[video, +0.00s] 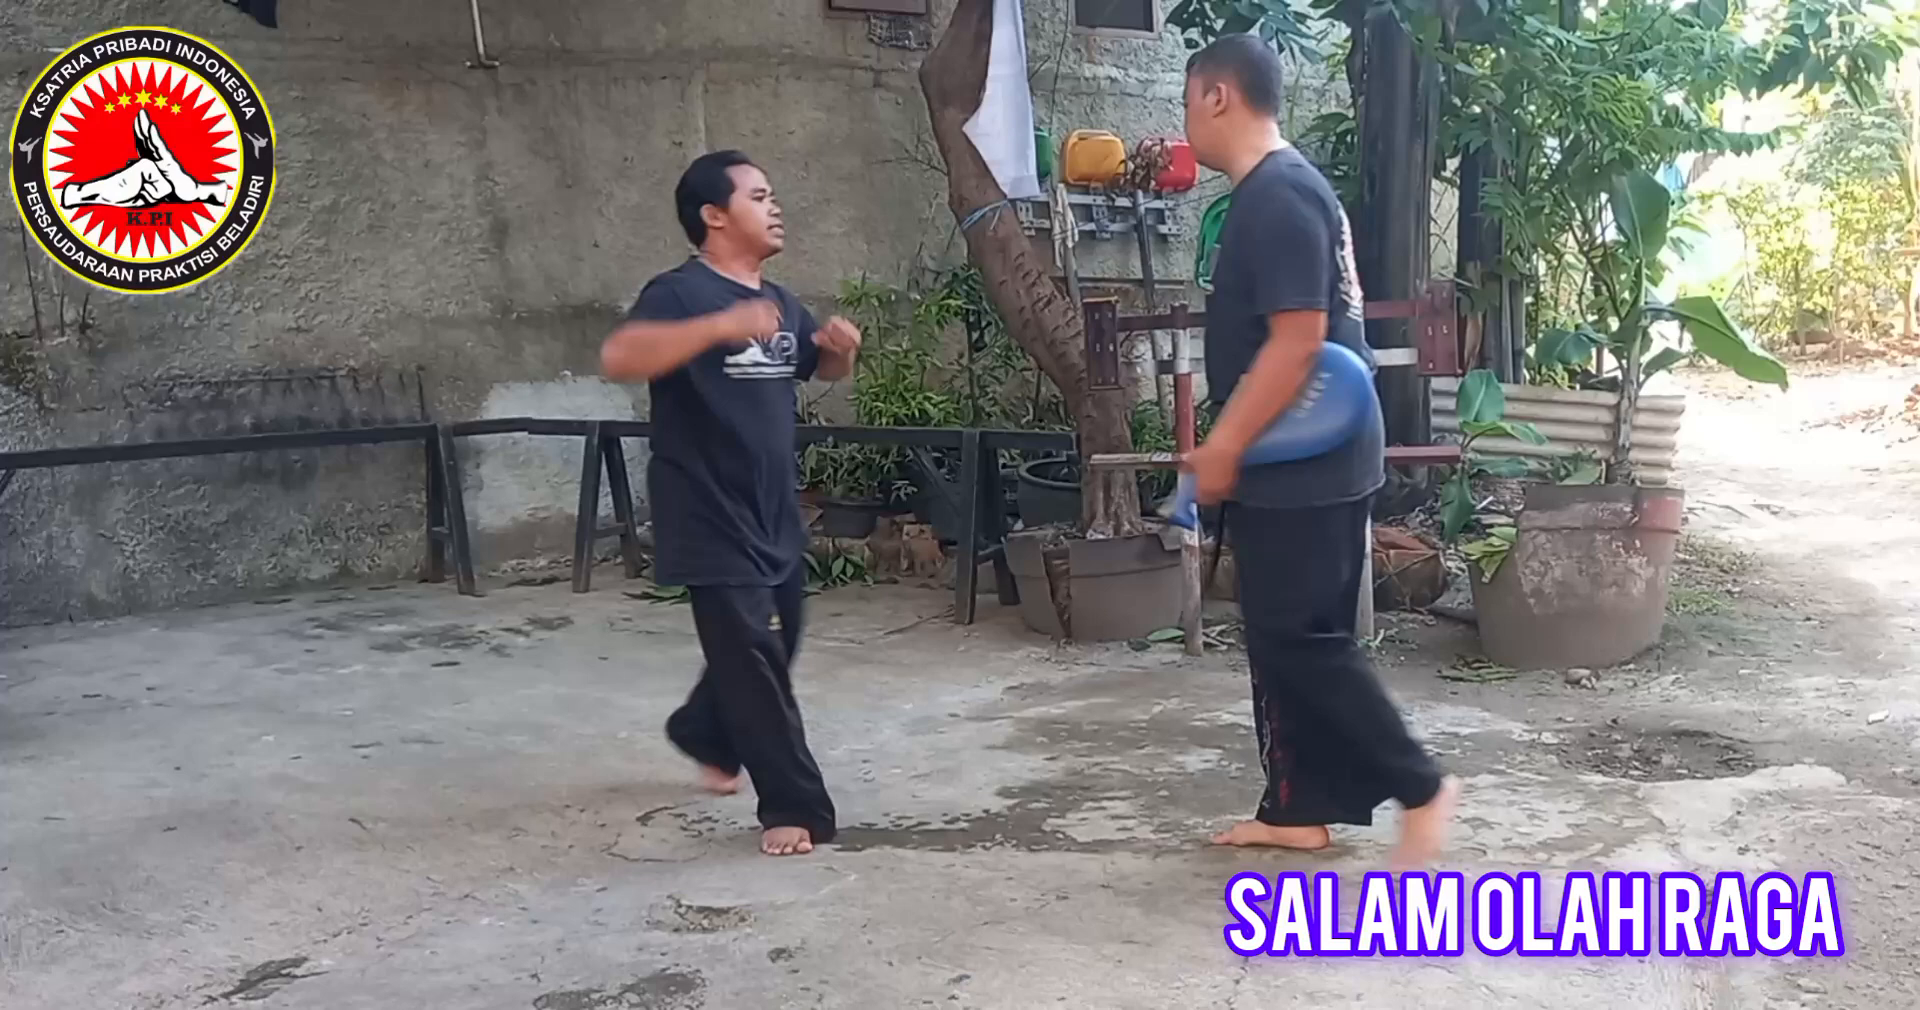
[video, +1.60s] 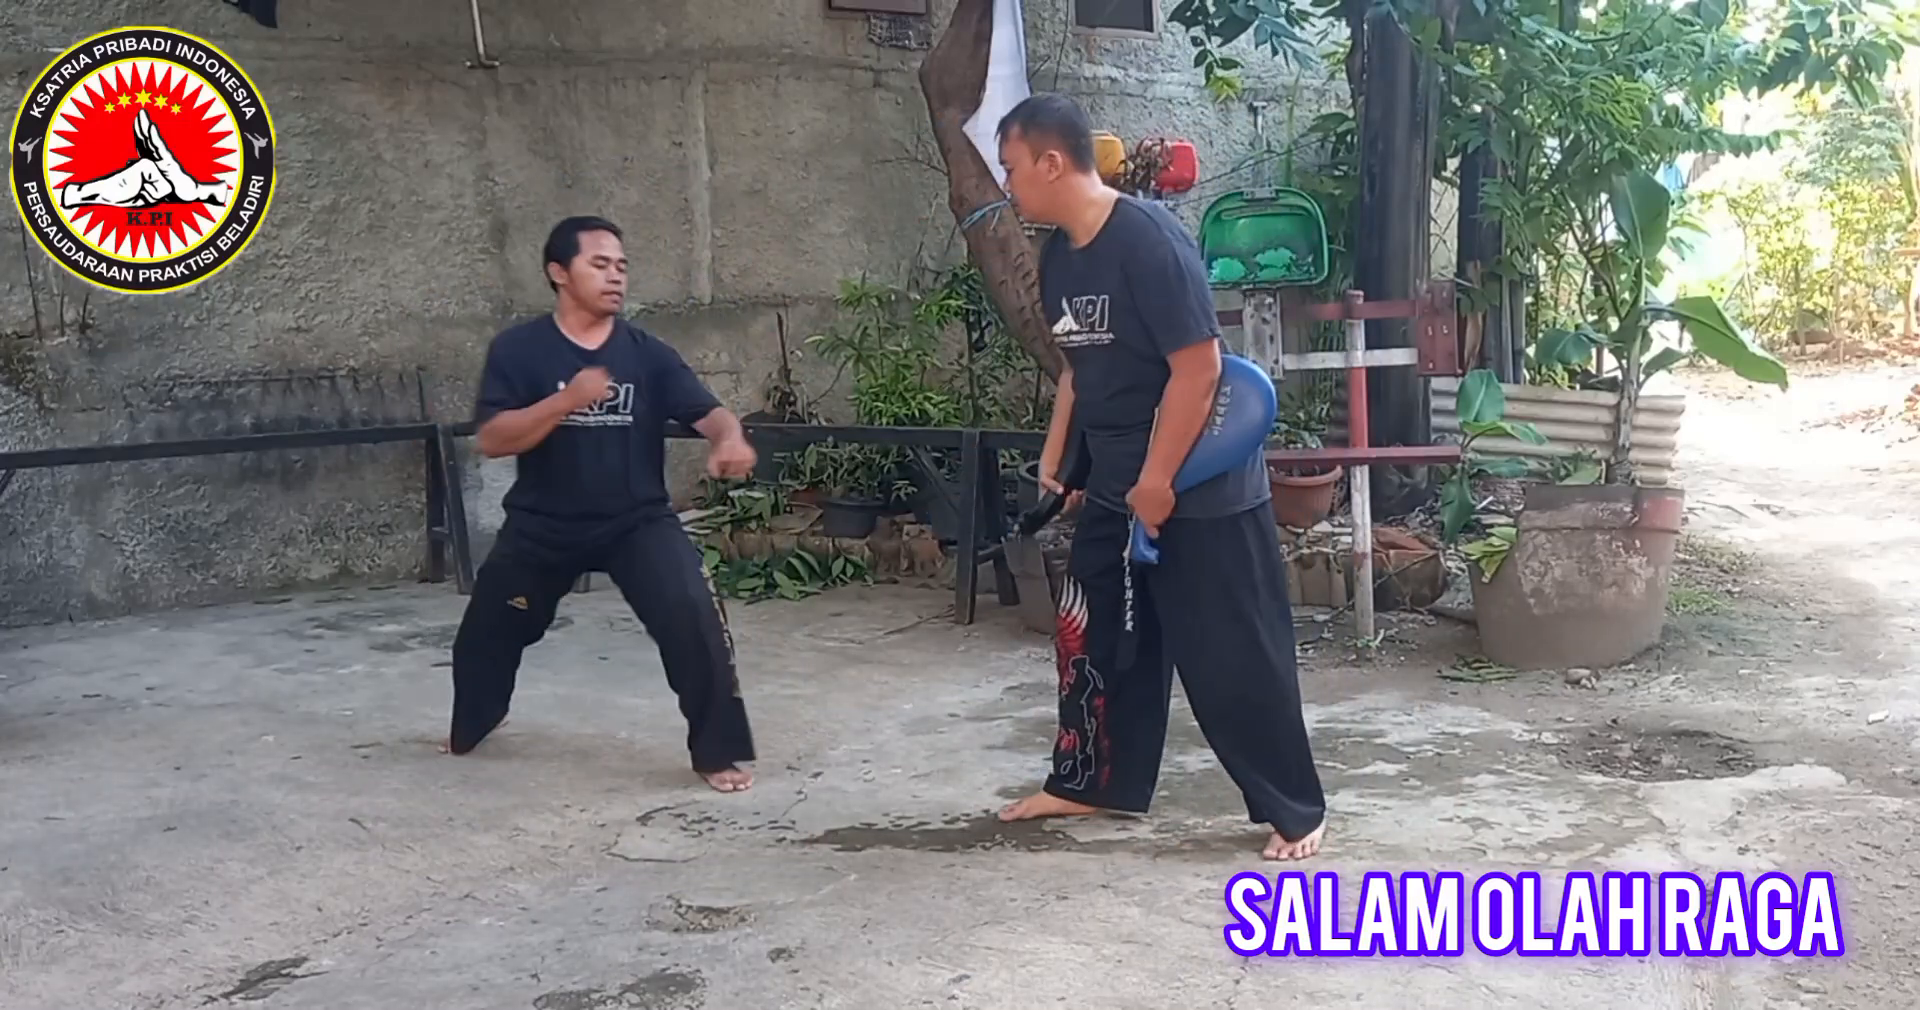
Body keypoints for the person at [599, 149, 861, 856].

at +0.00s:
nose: (776, 210)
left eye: (771, 197)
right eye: (759, 198)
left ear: (734, 217)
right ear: (715, 217)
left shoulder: (777, 302)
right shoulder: (677, 293)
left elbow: (822, 371)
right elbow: (618, 357)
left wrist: (837, 353)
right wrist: (719, 327)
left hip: (776, 511)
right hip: (709, 514)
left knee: (775, 642)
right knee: (750, 654)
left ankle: (703, 730)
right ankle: (791, 808)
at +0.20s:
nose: (717, 220)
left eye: (715, 209)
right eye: (700, 209)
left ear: (695, 224)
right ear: (655, 224)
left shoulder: (729, 312)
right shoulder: (623, 301)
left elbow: (777, 377)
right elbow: (657, 363)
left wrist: (838, 403)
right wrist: (767, 347)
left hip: (706, 493)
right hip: (631, 493)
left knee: (710, 635)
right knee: (661, 626)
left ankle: (679, 765)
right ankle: (701, 790)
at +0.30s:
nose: (689, 213)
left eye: (689, 202)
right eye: (673, 203)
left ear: (686, 214)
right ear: (629, 219)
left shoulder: (708, 304)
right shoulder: (597, 304)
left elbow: (742, 384)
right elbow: (625, 407)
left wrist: (767, 441)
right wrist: (731, 386)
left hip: (687, 495)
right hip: (611, 499)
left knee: (689, 633)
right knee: (618, 636)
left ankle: (680, 762)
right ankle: (605, 778)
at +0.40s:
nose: (655, 217)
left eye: (653, 205)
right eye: (638, 207)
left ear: (650, 214)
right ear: (593, 223)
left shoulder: (670, 303)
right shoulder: (560, 308)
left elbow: (690, 396)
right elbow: (554, 414)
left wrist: (694, 467)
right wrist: (645, 451)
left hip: (660, 508)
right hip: (580, 512)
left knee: (677, 635)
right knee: (552, 633)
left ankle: (680, 763)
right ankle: (509, 741)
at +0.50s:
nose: (626, 230)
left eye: (627, 218)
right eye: (610, 219)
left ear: (626, 223)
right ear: (565, 230)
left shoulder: (637, 307)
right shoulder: (524, 314)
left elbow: (652, 394)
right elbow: (495, 411)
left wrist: (665, 460)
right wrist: (572, 470)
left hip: (635, 507)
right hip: (550, 514)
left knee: (665, 631)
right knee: (516, 630)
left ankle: (679, 761)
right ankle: (476, 746)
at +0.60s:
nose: (585, 242)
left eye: (587, 230)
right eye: (569, 231)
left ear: (589, 235)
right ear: (523, 240)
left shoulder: (599, 315)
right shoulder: (474, 324)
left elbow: (618, 397)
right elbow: (430, 414)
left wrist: (637, 468)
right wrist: (494, 482)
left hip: (592, 509)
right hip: (502, 519)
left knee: (631, 632)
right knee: (488, 639)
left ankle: (674, 755)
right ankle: (474, 753)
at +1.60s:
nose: (616, 276)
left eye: (621, 266)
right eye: (601, 264)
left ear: (627, 275)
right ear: (559, 274)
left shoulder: (648, 354)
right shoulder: (517, 349)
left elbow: (711, 415)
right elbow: (491, 440)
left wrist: (730, 440)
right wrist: (565, 401)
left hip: (639, 523)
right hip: (543, 525)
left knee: (690, 616)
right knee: (485, 630)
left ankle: (719, 753)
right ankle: (472, 724)